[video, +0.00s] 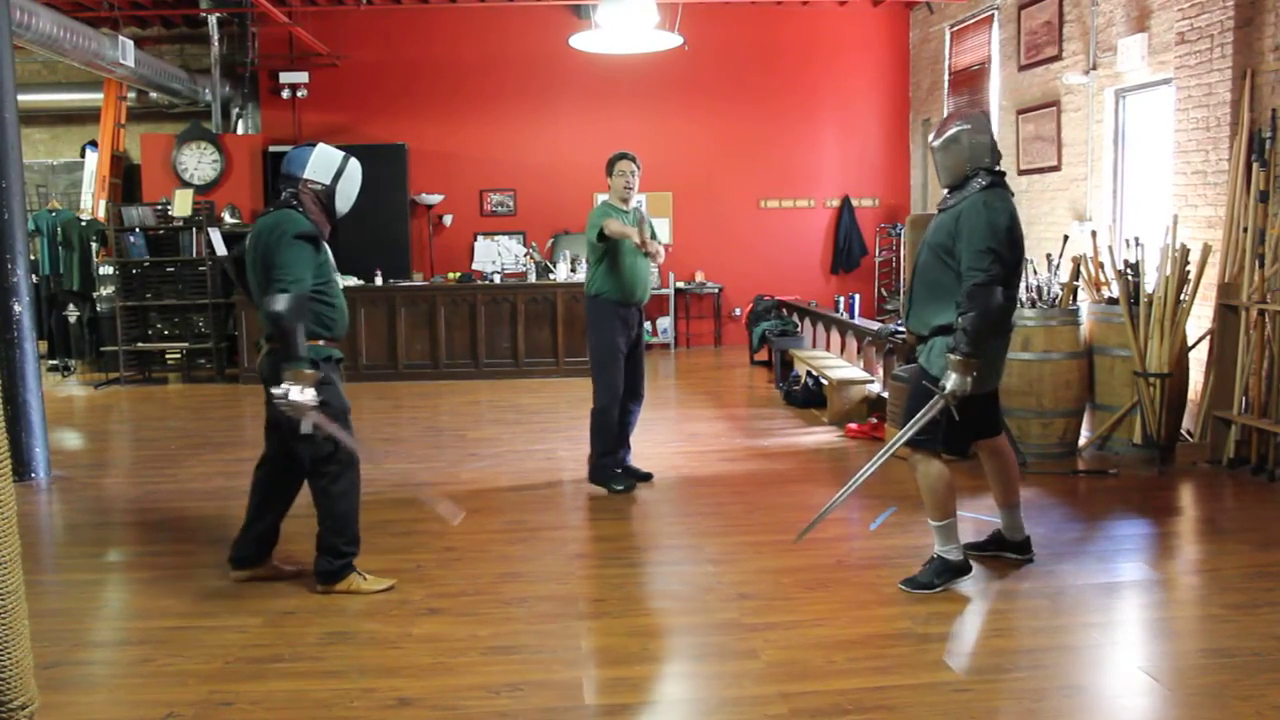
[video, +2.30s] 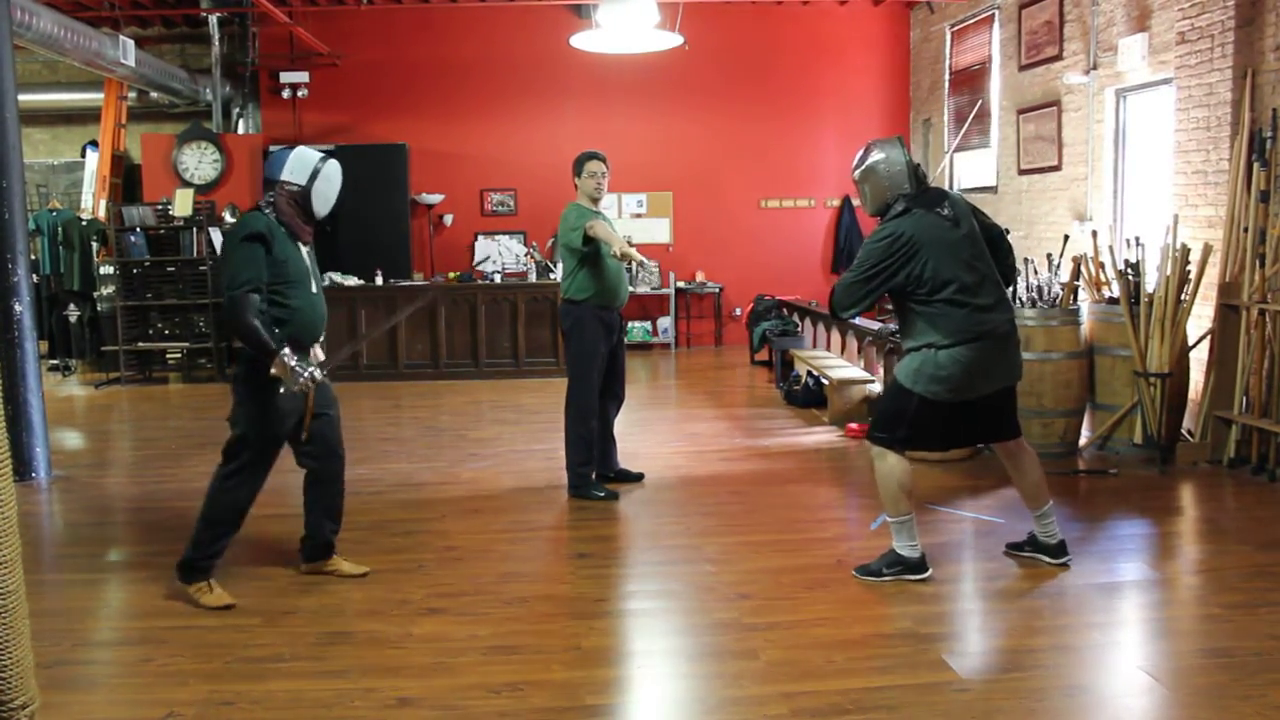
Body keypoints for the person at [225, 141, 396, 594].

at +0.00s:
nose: (338, 207)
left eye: (337, 197)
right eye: (334, 195)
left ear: (297, 188)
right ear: (314, 189)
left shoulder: (268, 228)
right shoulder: (294, 230)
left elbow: (241, 271)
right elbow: (286, 302)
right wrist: (296, 369)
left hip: (287, 360)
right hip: (312, 364)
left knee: (283, 460)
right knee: (337, 463)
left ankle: (251, 556)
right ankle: (337, 569)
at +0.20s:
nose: (326, 208)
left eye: (327, 199)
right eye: (324, 197)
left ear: (288, 188)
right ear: (305, 189)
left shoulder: (265, 228)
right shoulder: (278, 230)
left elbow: (249, 295)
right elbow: (255, 296)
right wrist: (252, 366)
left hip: (283, 364)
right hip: (295, 365)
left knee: (269, 463)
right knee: (330, 461)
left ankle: (248, 558)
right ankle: (336, 568)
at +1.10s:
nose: (348, 205)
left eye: (349, 196)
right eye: (346, 194)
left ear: (305, 186)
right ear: (328, 188)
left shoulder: (271, 229)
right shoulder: (298, 234)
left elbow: (230, 266)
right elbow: (289, 317)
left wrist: (268, 300)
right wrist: (303, 386)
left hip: (287, 365)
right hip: (308, 368)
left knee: (294, 460)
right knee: (339, 464)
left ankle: (255, 551)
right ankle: (334, 569)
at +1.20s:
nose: (349, 205)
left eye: (350, 196)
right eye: (347, 194)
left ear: (310, 186)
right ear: (329, 188)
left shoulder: (276, 227)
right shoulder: (300, 233)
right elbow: (295, 316)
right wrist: (322, 376)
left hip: (288, 361)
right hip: (304, 364)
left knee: (314, 458)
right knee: (338, 462)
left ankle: (264, 542)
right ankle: (333, 570)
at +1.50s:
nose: (345, 205)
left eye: (346, 195)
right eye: (343, 193)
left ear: (312, 185)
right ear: (324, 185)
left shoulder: (305, 226)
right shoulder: (290, 224)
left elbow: (310, 297)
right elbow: (285, 299)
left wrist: (344, 342)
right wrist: (327, 345)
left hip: (321, 359)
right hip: (306, 361)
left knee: (342, 457)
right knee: (336, 462)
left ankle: (323, 546)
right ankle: (332, 571)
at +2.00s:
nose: (350, 202)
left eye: (353, 193)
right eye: (348, 192)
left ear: (327, 185)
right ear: (325, 184)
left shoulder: (325, 233)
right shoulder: (278, 222)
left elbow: (326, 291)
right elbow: (254, 294)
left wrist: (340, 327)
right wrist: (284, 340)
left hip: (324, 365)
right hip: (285, 367)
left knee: (331, 459)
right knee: (289, 464)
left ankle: (319, 554)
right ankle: (264, 571)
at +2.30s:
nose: (328, 201)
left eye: (329, 192)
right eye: (325, 190)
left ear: (297, 185)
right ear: (303, 185)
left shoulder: (297, 234)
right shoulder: (254, 230)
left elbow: (300, 299)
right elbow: (241, 310)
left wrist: (313, 343)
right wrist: (281, 358)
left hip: (304, 370)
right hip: (266, 373)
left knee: (327, 460)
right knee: (244, 470)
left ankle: (319, 554)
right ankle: (195, 573)